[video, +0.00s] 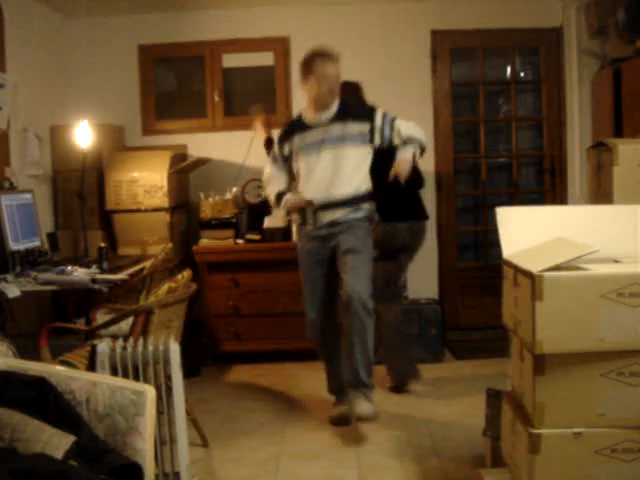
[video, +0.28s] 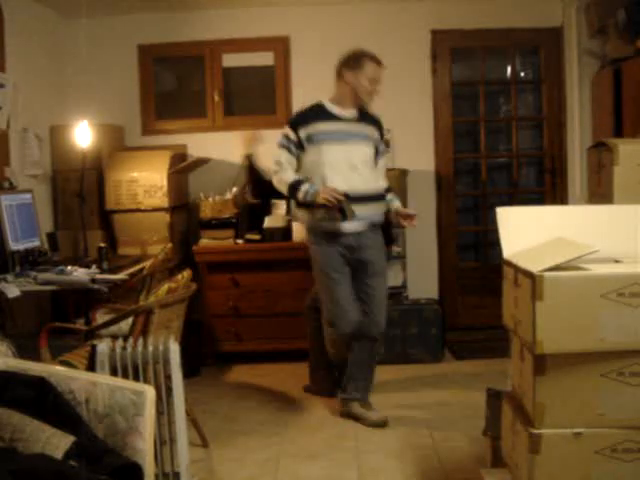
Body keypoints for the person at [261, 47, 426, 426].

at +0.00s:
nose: (331, 87)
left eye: (335, 79)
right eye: (324, 80)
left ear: (342, 78)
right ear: (306, 81)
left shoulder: (363, 118)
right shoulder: (291, 133)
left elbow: (411, 132)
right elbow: (272, 174)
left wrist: (407, 153)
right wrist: (283, 197)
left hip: (353, 222)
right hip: (311, 230)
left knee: (356, 296)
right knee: (318, 315)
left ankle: (360, 389)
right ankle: (341, 395)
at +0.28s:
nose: (376, 89)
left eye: (378, 82)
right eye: (371, 81)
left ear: (367, 81)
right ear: (346, 76)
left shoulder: (373, 126)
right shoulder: (305, 122)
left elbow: (378, 179)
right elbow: (281, 173)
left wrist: (394, 207)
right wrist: (311, 193)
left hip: (369, 234)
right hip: (327, 236)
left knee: (374, 323)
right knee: (347, 321)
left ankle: (354, 397)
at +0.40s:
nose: (387, 108)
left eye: (388, 101)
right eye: (383, 100)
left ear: (367, 100)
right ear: (360, 97)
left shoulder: (376, 143)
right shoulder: (313, 135)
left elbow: (379, 196)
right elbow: (280, 186)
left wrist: (397, 200)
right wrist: (322, 199)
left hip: (371, 239)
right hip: (331, 239)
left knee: (393, 320)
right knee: (381, 288)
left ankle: (358, 397)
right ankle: (334, 310)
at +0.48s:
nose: (379, 91)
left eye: (380, 84)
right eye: (375, 83)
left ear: (358, 81)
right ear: (350, 79)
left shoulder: (372, 125)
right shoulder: (311, 121)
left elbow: (388, 173)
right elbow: (278, 175)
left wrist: (404, 164)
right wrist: (321, 185)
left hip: (365, 221)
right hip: (328, 221)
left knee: (371, 308)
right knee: (404, 239)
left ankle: (355, 396)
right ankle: (387, 324)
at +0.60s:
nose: (375, 77)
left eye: (377, 70)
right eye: (371, 70)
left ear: (354, 69)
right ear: (348, 66)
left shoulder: (371, 109)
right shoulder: (301, 108)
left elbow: (415, 133)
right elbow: (277, 163)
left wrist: (460, 147)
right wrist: (321, 176)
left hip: (359, 209)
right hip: (326, 210)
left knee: (362, 300)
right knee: (418, 247)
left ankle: (343, 395)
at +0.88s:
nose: (379, 111)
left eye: (380, 104)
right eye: (377, 103)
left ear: (359, 102)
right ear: (361, 102)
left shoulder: (371, 141)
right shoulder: (311, 137)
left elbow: (406, 158)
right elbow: (278, 188)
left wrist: (451, 152)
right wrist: (324, 207)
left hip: (363, 239)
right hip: (332, 241)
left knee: (380, 322)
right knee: (426, 281)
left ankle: (339, 406)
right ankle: (465, 369)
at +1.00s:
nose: (372, 75)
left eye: (370, 68)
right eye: (371, 68)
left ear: (340, 65)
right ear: (365, 68)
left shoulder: (361, 109)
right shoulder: (327, 109)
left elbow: (393, 140)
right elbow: (294, 166)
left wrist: (398, 163)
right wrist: (346, 194)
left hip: (356, 219)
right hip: (340, 221)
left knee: (360, 310)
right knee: (402, 300)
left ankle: (339, 402)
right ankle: (392, 398)